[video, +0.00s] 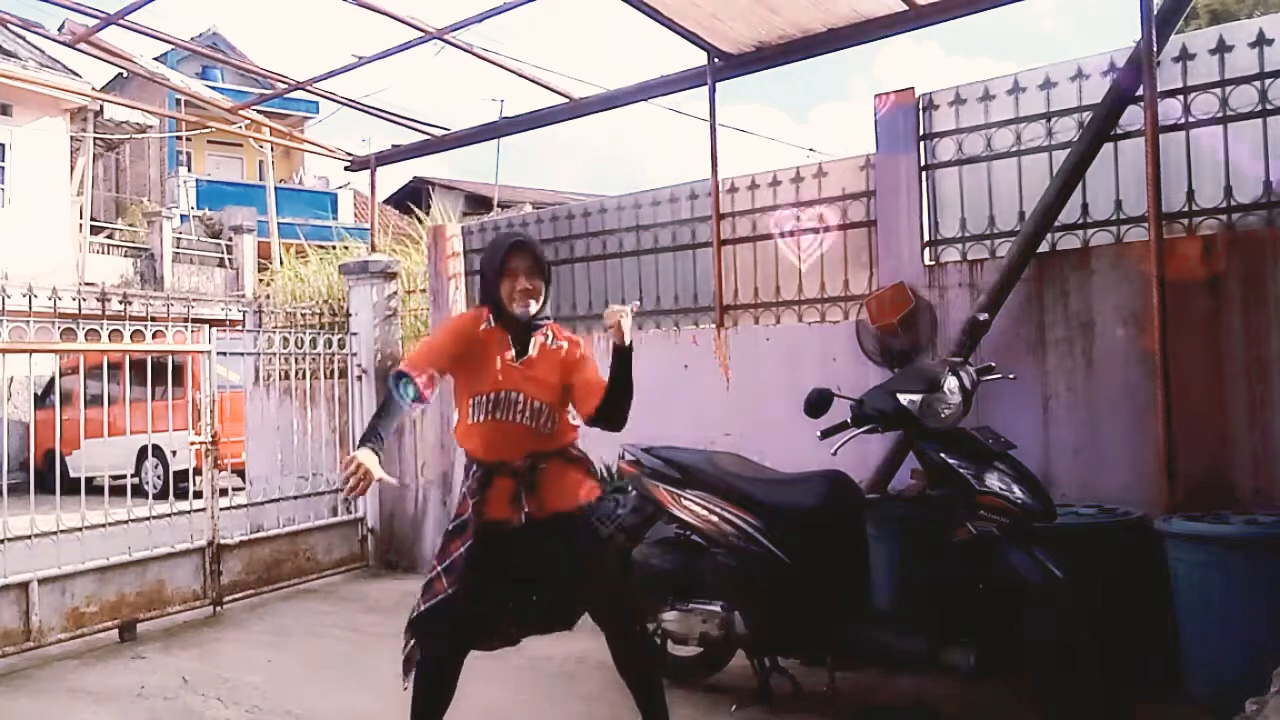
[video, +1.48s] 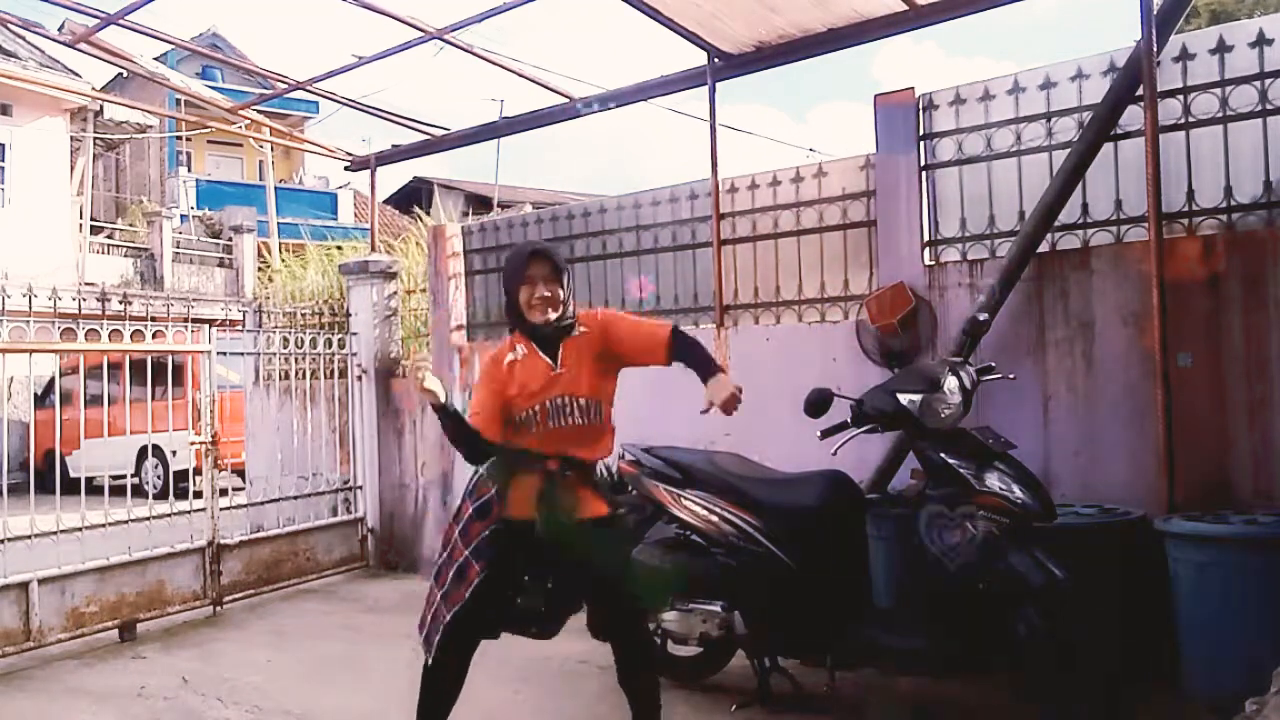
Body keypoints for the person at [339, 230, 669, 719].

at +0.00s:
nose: (525, 285)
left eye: (533, 274)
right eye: (512, 275)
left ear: (546, 283)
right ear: (491, 282)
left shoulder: (567, 347)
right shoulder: (466, 331)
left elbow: (611, 417)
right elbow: (407, 383)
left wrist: (622, 347)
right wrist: (371, 447)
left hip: (565, 502)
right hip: (490, 506)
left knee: (624, 619)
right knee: (442, 630)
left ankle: (656, 714)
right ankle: (424, 718)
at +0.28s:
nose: (555, 306)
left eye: (564, 295)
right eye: (543, 299)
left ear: (580, 301)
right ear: (527, 310)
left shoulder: (613, 337)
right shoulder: (523, 381)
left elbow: (684, 327)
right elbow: (503, 474)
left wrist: (634, 291)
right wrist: (469, 527)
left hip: (593, 527)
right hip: (526, 529)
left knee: (635, 638)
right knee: (455, 630)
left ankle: (653, 713)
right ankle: (427, 715)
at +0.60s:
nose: (509, 281)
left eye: (518, 271)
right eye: (496, 272)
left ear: (531, 279)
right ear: (478, 280)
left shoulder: (556, 342)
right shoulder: (452, 339)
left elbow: (609, 418)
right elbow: (430, 428)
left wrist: (670, 484)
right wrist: (425, 368)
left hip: (560, 487)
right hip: (486, 496)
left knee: (623, 621)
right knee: (442, 632)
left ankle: (650, 715)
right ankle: (423, 719)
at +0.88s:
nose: (491, 262)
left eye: (501, 252)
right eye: (478, 252)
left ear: (514, 260)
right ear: (458, 261)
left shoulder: (538, 315)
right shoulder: (431, 319)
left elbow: (599, 372)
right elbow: (388, 392)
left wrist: (664, 422)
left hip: (546, 475)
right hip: (469, 480)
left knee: (606, 600)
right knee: (433, 619)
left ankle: (648, 707)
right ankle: (419, 716)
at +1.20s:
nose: (517, 271)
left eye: (527, 261)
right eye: (504, 260)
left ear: (540, 270)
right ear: (485, 268)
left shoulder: (559, 328)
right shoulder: (460, 318)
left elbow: (604, 399)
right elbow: (419, 377)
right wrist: (383, 435)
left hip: (568, 494)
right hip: (488, 501)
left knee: (620, 622)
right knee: (443, 634)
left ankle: (651, 714)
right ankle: (420, 718)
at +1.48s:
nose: (542, 292)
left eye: (551, 282)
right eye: (530, 284)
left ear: (565, 288)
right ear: (513, 295)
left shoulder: (599, 331)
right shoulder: (500, 363)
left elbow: (672, 339)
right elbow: (480, 451)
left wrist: (715, 376)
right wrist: (443, 407)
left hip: (591, 513)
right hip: (517, 517)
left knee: (629, 626)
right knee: (458, 625)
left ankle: (646, 716)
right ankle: (428, 718)